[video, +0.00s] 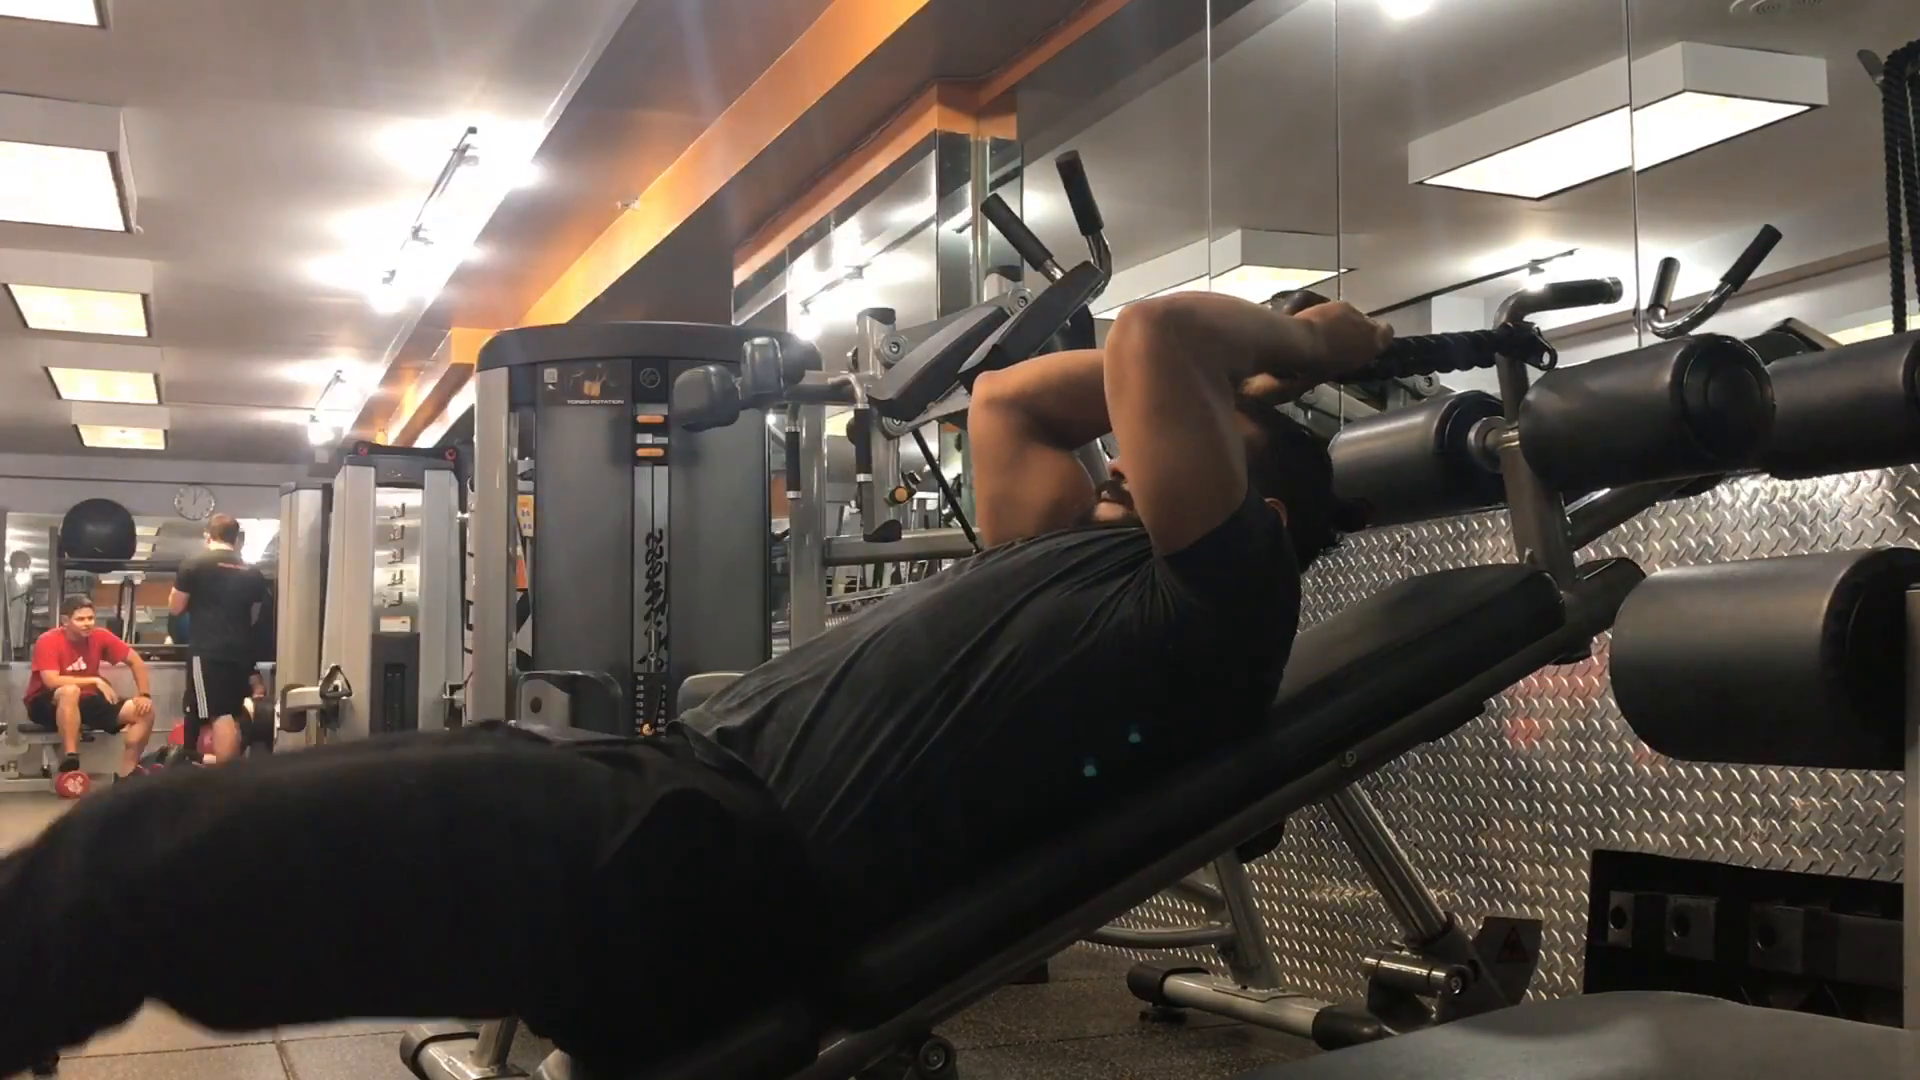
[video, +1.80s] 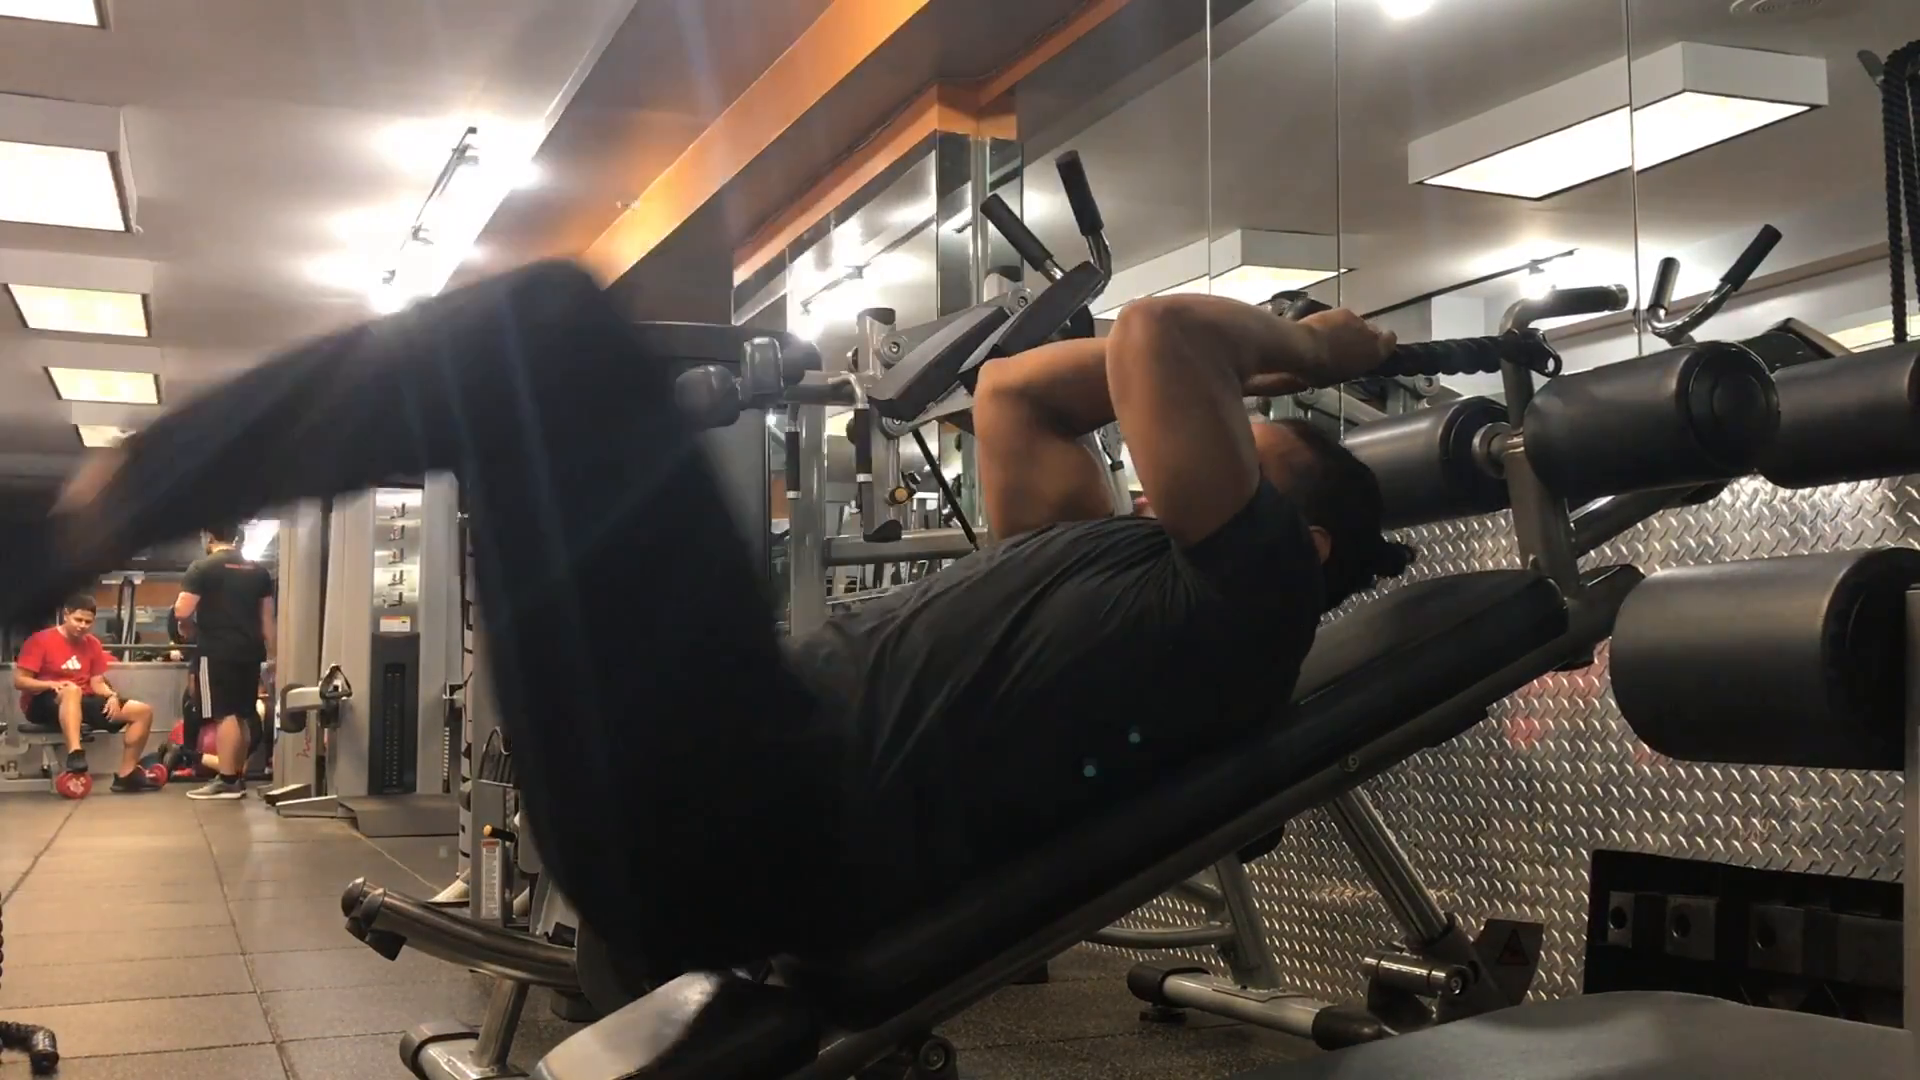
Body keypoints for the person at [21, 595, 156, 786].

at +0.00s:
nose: (87, 624)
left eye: (90, 618)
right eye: (81, 619)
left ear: (94, 618)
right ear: (65, 621)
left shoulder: (100, 636)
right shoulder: (48, 640)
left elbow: (135, 660)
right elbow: (51, 681)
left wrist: (144, 694)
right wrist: (95, 681)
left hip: (87, 702)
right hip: (45, 705)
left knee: (143, 711)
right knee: (70, 691)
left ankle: (127, 775)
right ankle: (71, 757)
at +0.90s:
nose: (81, 628)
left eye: (86, 623)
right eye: (76, 621)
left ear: (92, 621)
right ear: (65, 617)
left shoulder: (99, 639)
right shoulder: (44, 642)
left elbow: (122, 666)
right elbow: (43, 681)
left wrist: (141, 695)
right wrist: (76, 675)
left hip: (84, 702)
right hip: (43, 704)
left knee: (143, 711)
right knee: (66, 688)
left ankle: (127, 774)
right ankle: (73, 754)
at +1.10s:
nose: (82, 624)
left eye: (87, 620)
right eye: (77, 618)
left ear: (93, 620)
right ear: (66, 615)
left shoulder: (94, 643)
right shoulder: (42, 640)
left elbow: (101, 681)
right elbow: (30, 680)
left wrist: (129, 693)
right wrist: (58, 678)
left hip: (84, 702)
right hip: (44, 705)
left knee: (142, 711)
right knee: (69, 688)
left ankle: (126, 774)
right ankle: (74, 755)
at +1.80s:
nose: (82, 626)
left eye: (88, 622)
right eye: (78, 620)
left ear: (93, 622)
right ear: (65, 615)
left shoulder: (92, 644)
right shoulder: (41, 640)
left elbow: (97, 682)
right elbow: (20, 680)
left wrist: (112, 696)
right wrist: (52, 685)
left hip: (83, 703)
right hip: (42, 704)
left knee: (142, 712)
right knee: (72, 691)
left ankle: (127, 774)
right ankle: (75, 752)